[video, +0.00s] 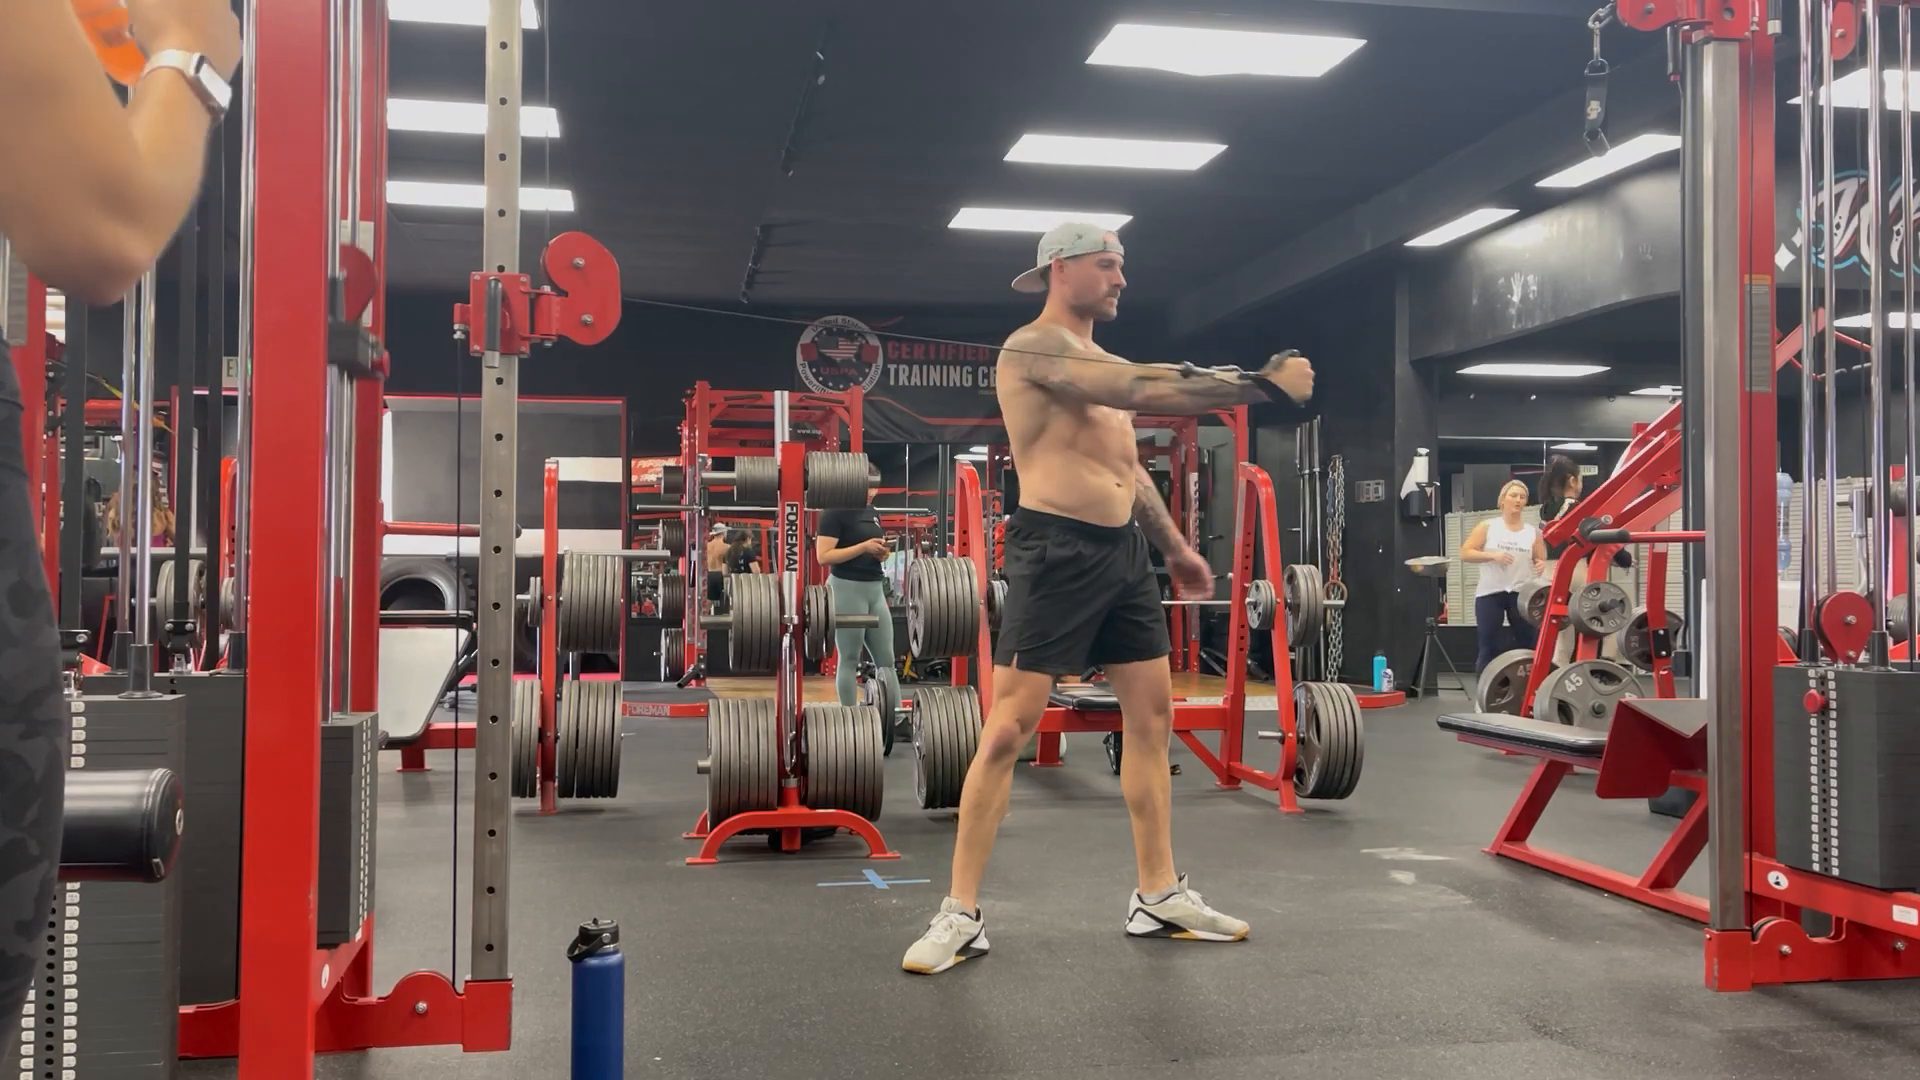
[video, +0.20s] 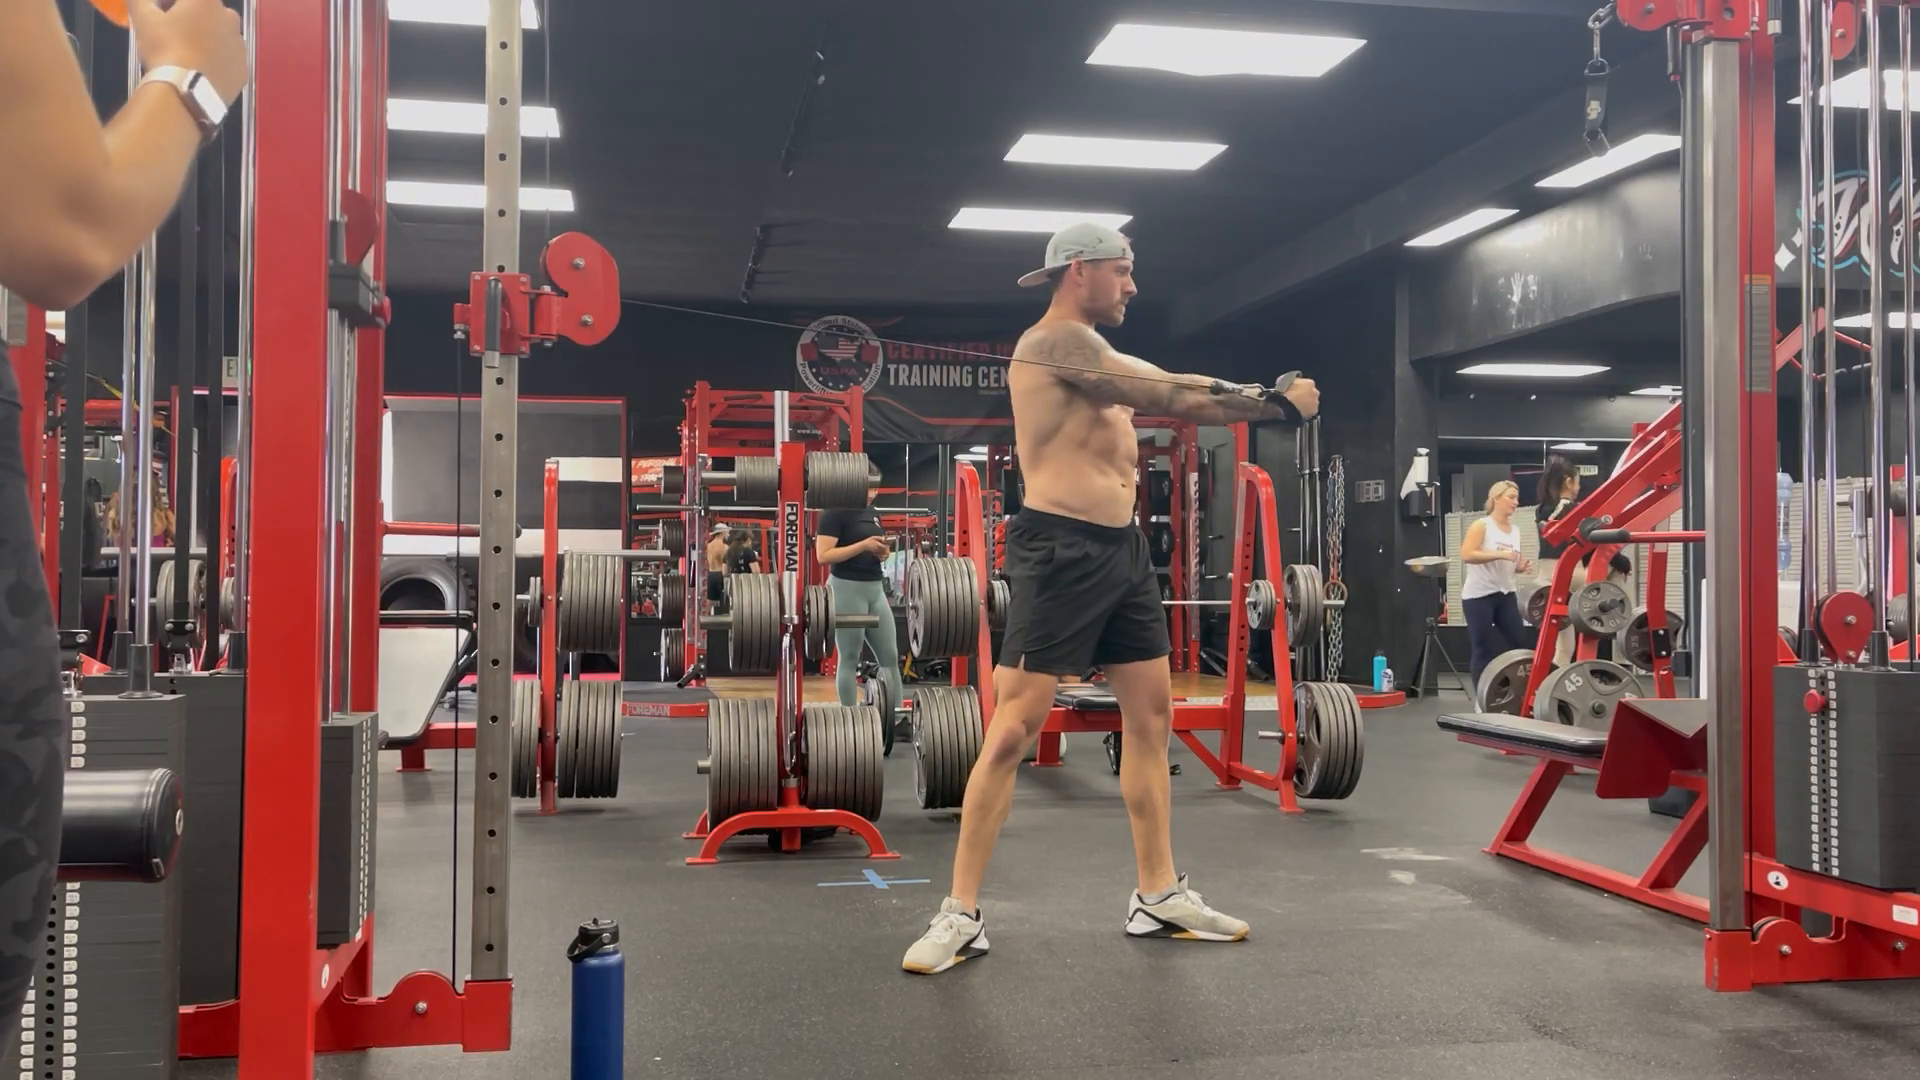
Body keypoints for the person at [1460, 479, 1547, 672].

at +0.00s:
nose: (1518, 500)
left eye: (1522, 497)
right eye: (1514, 495)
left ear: (1525, 502)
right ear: (1503, 499)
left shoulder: (1533, 532)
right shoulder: (1487, 527)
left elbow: (1540, 560)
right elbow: (1465, 553)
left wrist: (1540, 565)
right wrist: (1493, 557)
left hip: (1522, 595)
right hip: (1490, 595)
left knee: (1529, 644)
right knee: (1488, 647)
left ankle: (1529, 692)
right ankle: (1484, 694)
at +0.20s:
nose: (1515, 502)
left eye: (1517, 498)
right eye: (1511, 497)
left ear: (1516, 503)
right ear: (1495, 499)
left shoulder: (1514, 530)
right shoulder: (1480, 525)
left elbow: (1509, 566)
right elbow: (1466, 554)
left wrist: (1521, 566)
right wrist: (1500, 555)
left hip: (1505, 594)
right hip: (1478, 596)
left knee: (1517, 642)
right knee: (1481, 648)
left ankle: (1517, 695)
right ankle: (1481, 698)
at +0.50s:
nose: (1507, 503)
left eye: (1506, 499)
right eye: (1503, 498)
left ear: (1490, 502)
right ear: (1489, 500)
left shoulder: (1488, 526)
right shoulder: (1479, 527)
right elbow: (1482, 561)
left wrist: (1506, 560)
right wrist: (1510, 558)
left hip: (1483, 596)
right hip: (1474, 597)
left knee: (1480, 645)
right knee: (1480, 647)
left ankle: (1464, 691)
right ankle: (1481, 696)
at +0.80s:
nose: (1497, 505)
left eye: (1497, 500)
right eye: (1494, 501)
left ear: (1478, 503)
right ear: (1482, 503)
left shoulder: (1468, 526)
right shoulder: (1479, 529)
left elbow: (1474, 559)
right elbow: (1485, 563)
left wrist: (1501, 558)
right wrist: (1506, 555)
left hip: (1462, 596)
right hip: (1475, 598)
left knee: (1463, 646)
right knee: (1483, 647)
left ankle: (1458, 695)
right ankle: (1480, 698)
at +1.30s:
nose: (1495, 505)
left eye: (1495, 501)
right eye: (1493, 502)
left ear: (1473, 505)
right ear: (1482, 505)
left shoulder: (1462, 527)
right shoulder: (1484, 530)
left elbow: (1465, 558)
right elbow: (1498, 561)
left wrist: (1502, 559)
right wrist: (1512, 561)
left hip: (1461, 597)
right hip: (1483, 600)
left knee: (1461, 648)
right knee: (1503, 644)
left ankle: (1458, 695)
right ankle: (1503, 694)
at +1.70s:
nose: (1516, 503)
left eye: (1515, 499)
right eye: (1513, 499)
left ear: (1492, 503)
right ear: (1505, 503)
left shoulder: (1482, 530)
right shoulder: (1509, 530)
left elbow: (1497, 560)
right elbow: (1538, 560)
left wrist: (1527, 561)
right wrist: (1541, 565)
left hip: (1484, 600)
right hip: (1505, 601)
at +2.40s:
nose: (1532, 506)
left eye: (1531, 502)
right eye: (1530, 502)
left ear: (1508, 506)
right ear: (1522, 506)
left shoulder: (1501, 530)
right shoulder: (1529, 529)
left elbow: (1499, 559)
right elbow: (1554, 556)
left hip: (1506, 595)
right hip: (1529, 596)